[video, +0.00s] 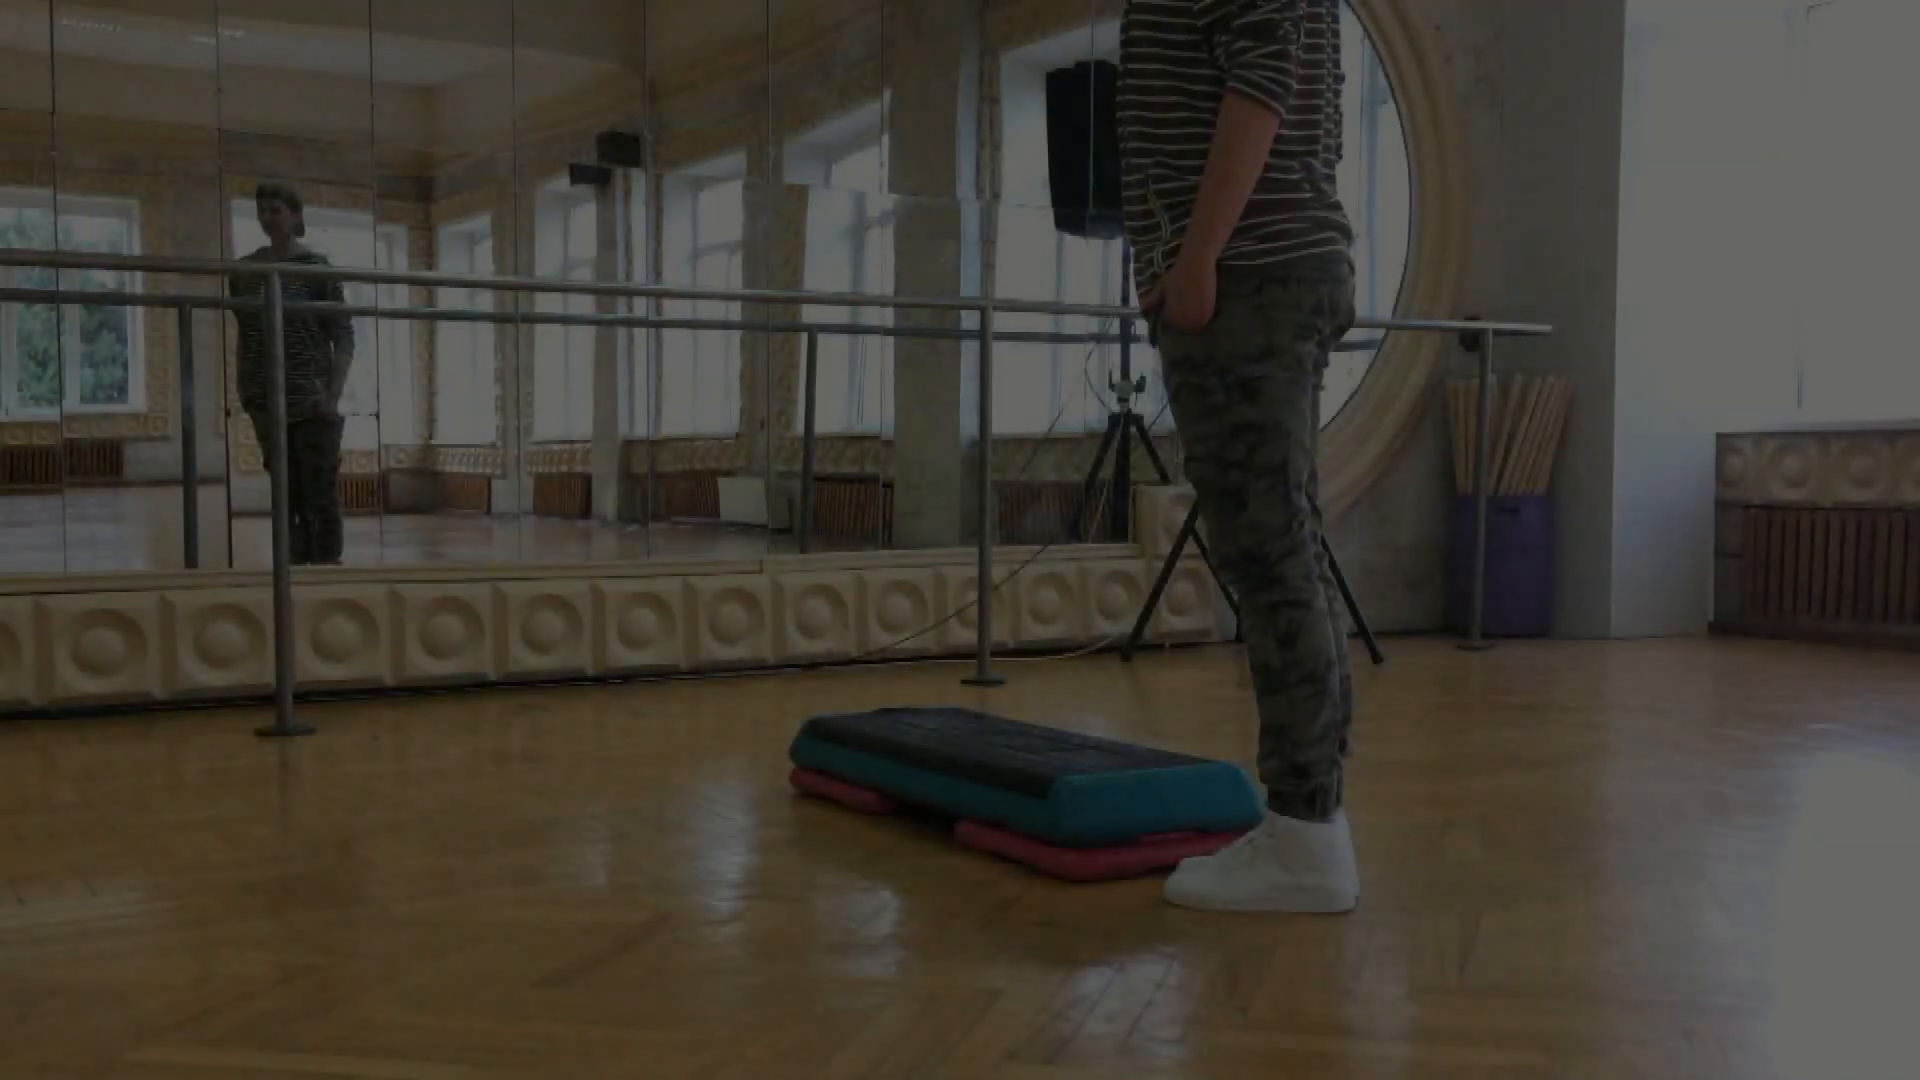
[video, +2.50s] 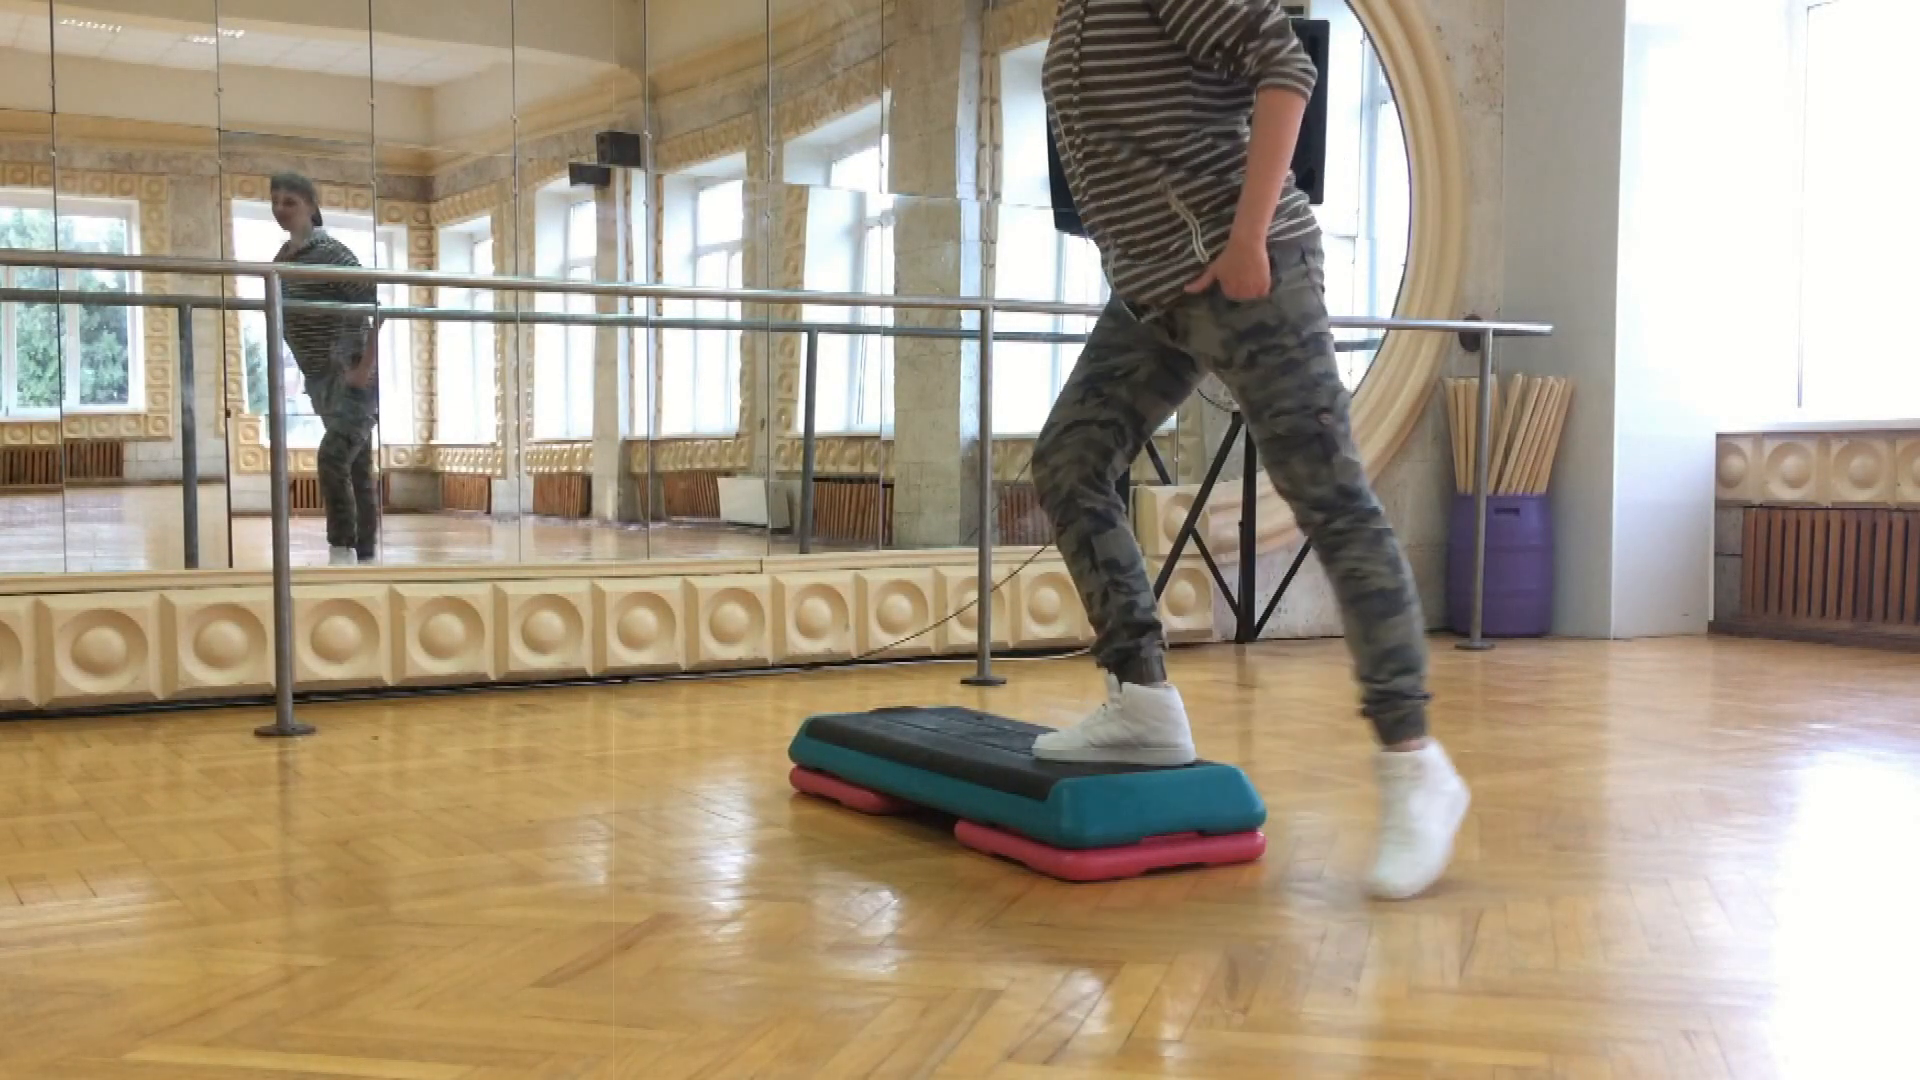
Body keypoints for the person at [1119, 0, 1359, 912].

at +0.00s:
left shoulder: (1246, 2)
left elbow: (1262, 83)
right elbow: (1258, 90)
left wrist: (1197, 257)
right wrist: (1182, 255)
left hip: (1249, 276)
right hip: (1250, 273)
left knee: (1264, 548)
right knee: (1272, 545)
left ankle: (1303, 835)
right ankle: (1306, 821)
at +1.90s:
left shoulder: (1233, 0)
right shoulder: (1288, 10)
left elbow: (1244, 93)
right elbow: (1315, 148)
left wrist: (1176, 264)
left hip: (1230, 287)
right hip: (1268, 283)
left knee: (1220, 559)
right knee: (1228, 555)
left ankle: (1303, 838)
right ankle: (1302, 824)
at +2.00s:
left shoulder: (1220, 3)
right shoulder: (1291, 19)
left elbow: (1245, 119)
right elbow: (1317, 163)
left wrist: (1163, 286)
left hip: (1230, 301)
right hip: (1250, 302)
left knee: (1156, 561)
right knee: (1107, 538)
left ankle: (1294, 834)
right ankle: (1288, 736)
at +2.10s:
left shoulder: (1209, 4)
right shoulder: (1282, 18)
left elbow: (1254, 141)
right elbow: (1329, 186)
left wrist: (1165, 298)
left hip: (1225, 320)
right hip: (1254, 322)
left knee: (1140, 573)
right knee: (1046, 486)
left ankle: (1292, 835)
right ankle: (1229, 648)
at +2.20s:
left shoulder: (1188, 2)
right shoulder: (1159, 20)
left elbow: (1258, 103)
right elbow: (1298, 135)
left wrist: (1178, 269)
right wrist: (1168, 260)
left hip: (1235, 279)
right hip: (1195, 285)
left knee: (1179, 557)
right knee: (1040, 439)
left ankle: (1292, 834)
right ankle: (1149, 674)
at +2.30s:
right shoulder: (1097, 22)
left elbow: (1266, 46)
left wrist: (1213, 223)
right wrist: (1153, 241)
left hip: (1249, 236)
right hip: (1167, 258)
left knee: (1260, 501)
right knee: (1064, 448)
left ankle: (1280, 797)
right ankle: (1141, 693)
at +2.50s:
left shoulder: (1174, 3)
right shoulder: (1068, 24)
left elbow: (1287, 68)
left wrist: (1249, 235)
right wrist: (1142, 252)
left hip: (1249, 266)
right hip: (1149, 291)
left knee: (1330, 496)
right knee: (1071, 465)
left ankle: (1413, 763)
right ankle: (1144, 704)